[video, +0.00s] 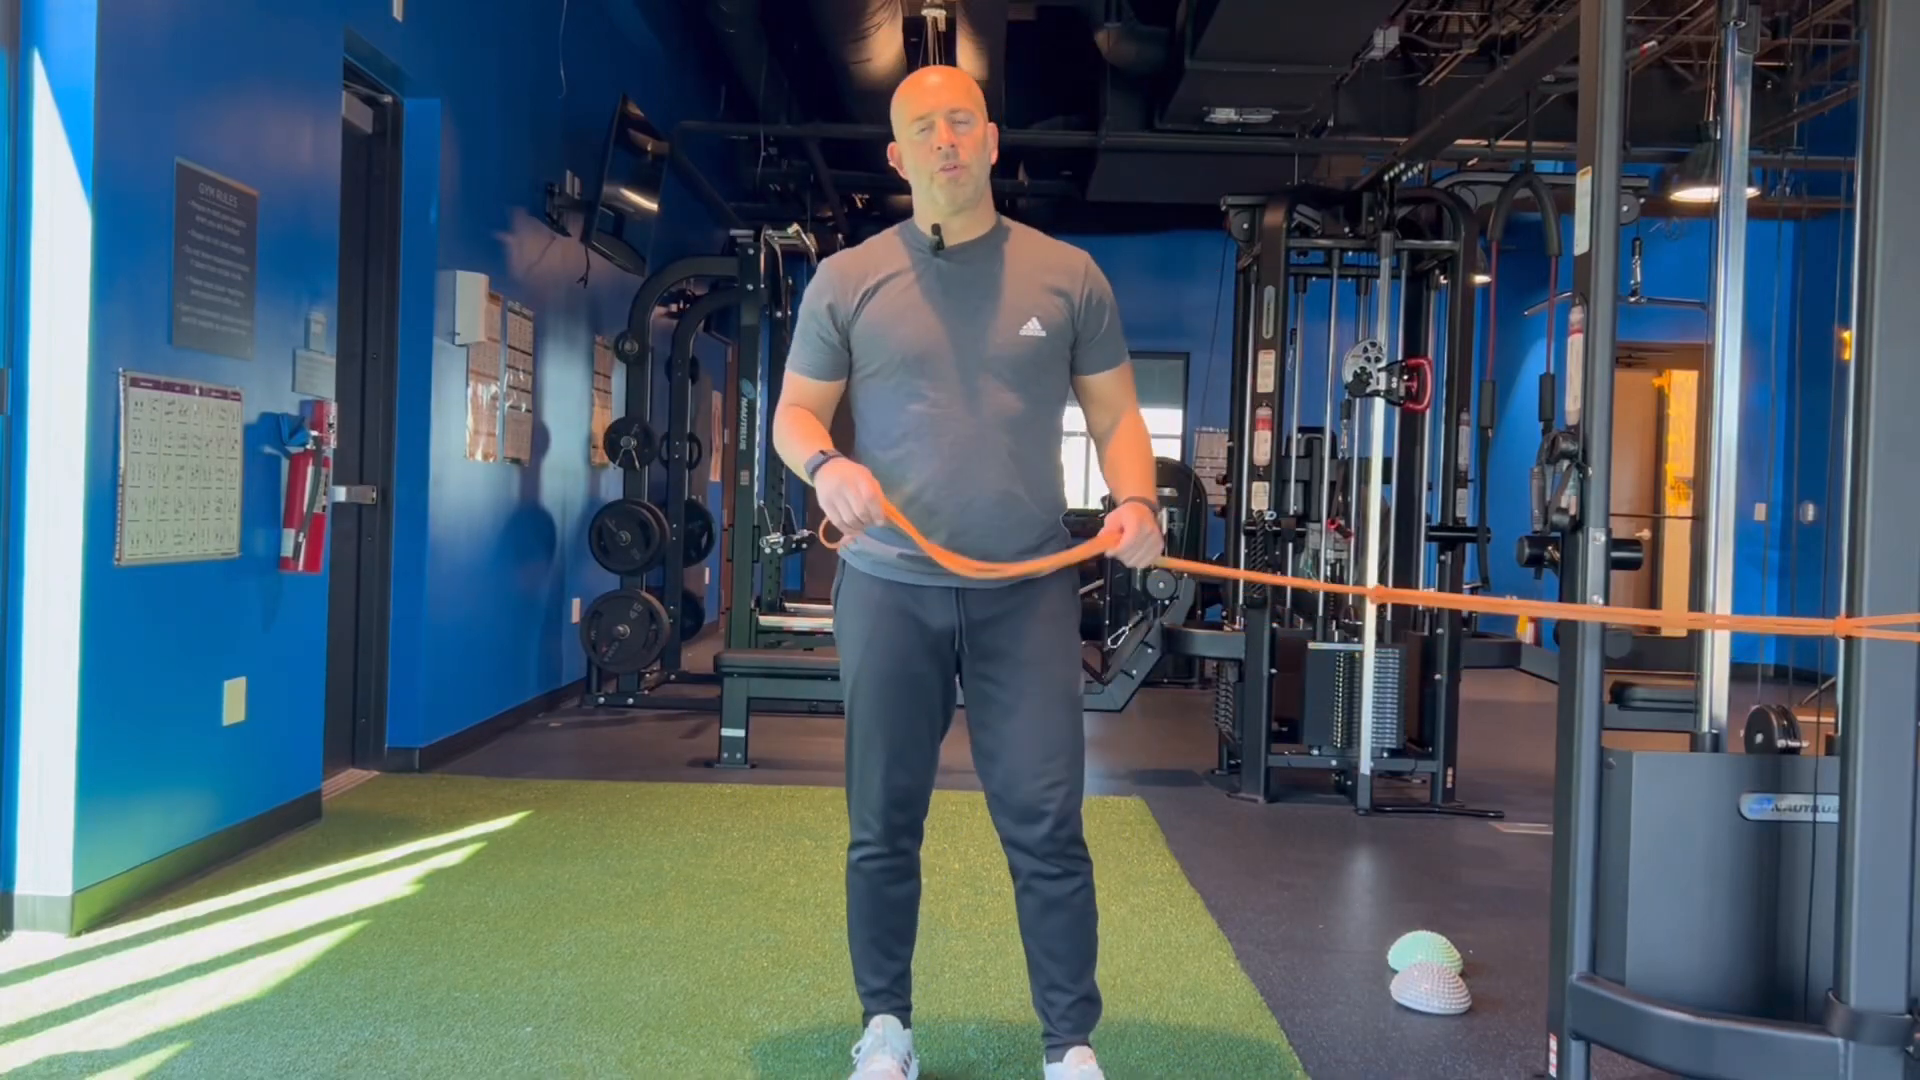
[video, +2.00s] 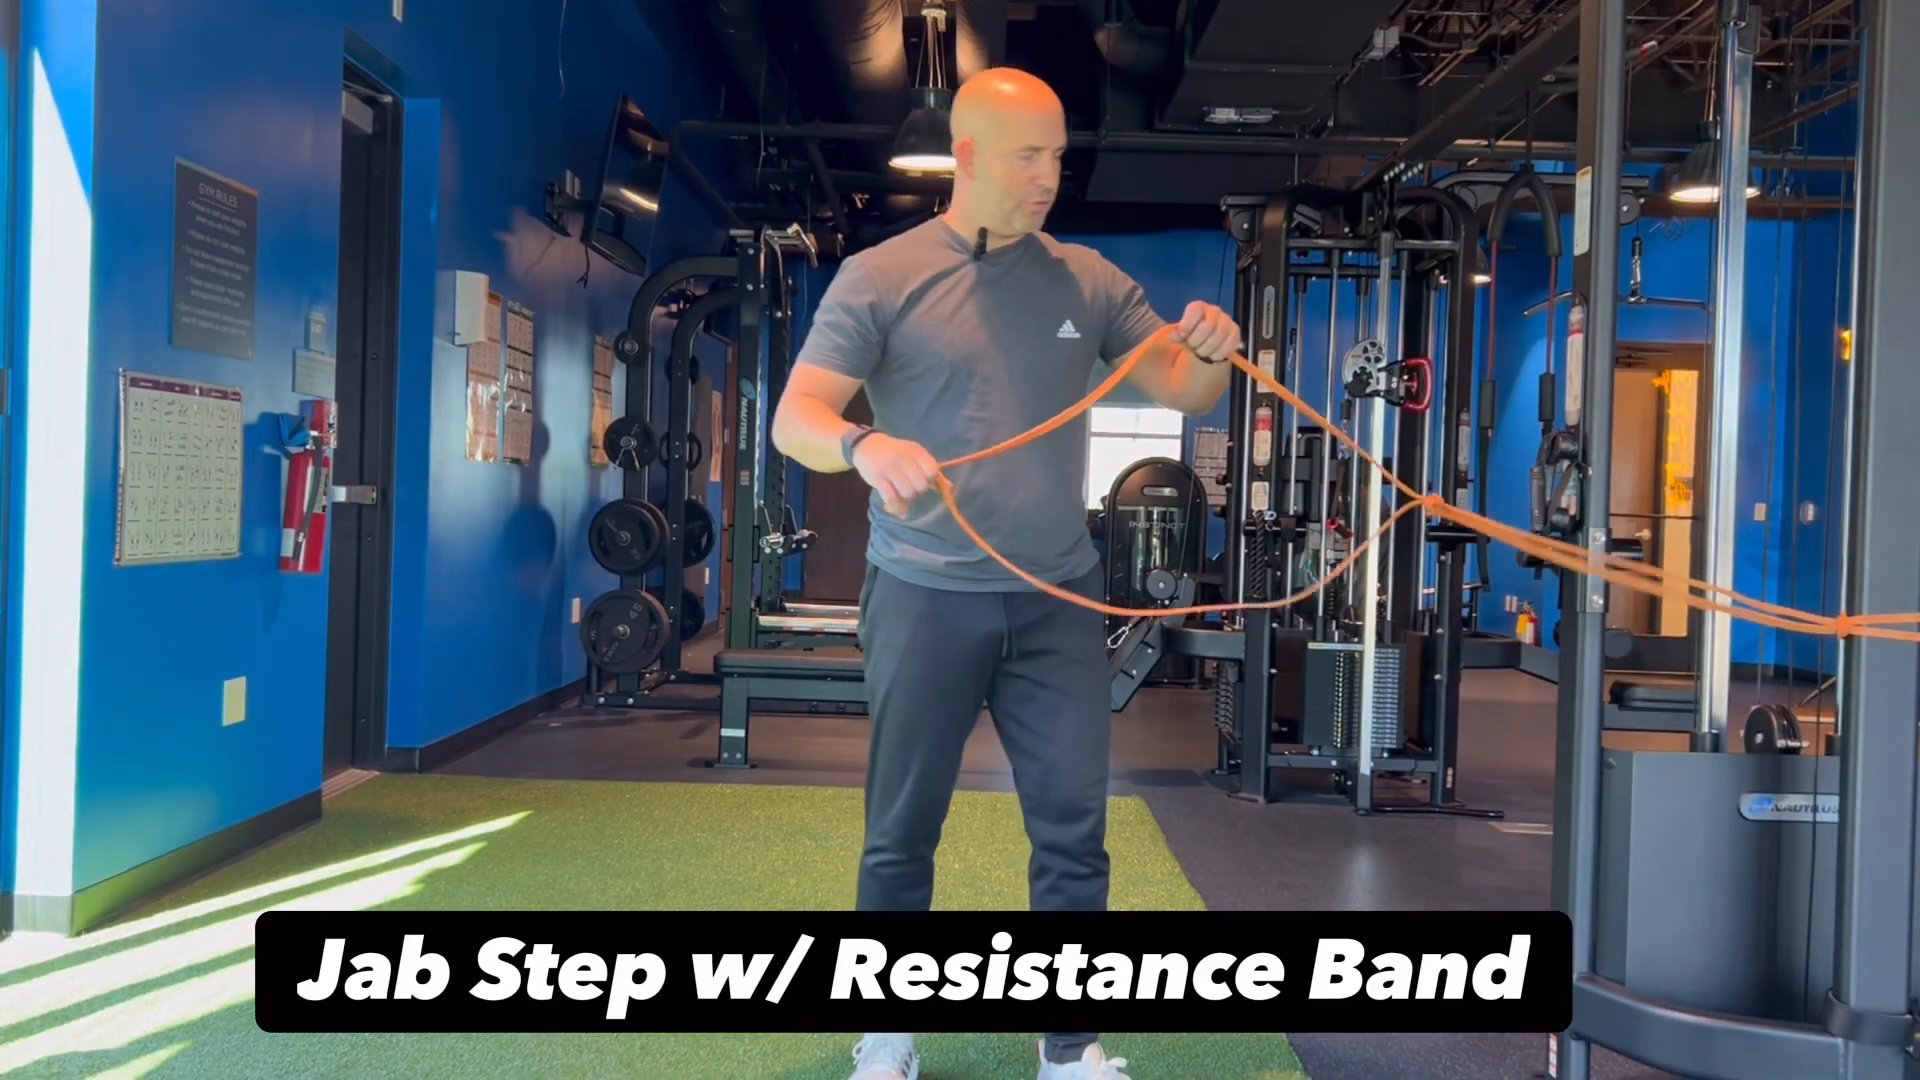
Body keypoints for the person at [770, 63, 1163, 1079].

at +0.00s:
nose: (949, 137)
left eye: (963, 120)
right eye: (926, 124)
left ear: (994, 141)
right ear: (896, 155)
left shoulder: (1068, 277)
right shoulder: (844, 283)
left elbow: (1116, 416)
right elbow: (796, 415)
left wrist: (1137, 500)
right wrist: (825, 464)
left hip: (1030, 592)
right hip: (889, 588)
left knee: (1045, 822)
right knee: (882, 824)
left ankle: (1070, 1041)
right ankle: (884, 1023)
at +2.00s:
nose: (1053, 177)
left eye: (1059, 158)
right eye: (1033, 157)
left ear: (1055, 161)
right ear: (968, 159)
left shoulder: (1088, 279)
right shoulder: (879, 277)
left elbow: (1189, 392)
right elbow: (796, 419)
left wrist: (1213, 350)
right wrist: (861, 446)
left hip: (1061, 593)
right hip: (926, 592)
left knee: (1074, 831)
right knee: (901, 836)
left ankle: (1071, 1044)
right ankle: (883, 1035)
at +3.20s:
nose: (1063, 118)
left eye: (1064, 103)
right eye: (1039, 101)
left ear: (1059, 126)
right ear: (971, 121)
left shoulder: (1074, 270)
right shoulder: (887, 258)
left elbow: (1119, 409)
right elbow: (837, 421)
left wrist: (1198, 481)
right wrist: (984, 435)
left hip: (1058, 581)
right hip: (932, 583)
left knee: (1113, 809)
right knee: (899, 832)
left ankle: (1093, 1038)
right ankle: (869, 1053)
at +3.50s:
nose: (1122, 118)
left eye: (1128, 104)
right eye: (1095, 101)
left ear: (1132, 134)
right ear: (1037, 127)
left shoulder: (1140, 277)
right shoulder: (981, 252)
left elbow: (1179, 412)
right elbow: (973, 422)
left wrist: (1231, 455)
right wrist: (1135, 471)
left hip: (1110, 592)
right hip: (997, 584)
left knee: (1109, 836)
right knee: (955, 831)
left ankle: (1089, 1051)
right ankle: (877, 1045)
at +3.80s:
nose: (1198, 127)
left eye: (1207, 111)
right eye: (1172, 109)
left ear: (1216, 137)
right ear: (1117, 132)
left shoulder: (1215, 282)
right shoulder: (1069, 248)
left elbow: (1229, 420)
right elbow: (1053, 417)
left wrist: (1268, 440)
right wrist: (1209, 475)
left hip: (1170, 578)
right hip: (1071, 563)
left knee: (1152, 822)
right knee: (1105, 810)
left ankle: (1089, 1048)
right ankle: (963, 1019)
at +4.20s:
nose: (1300, 153)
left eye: (1298, 132)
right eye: (1288, 130)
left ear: (1230, 140)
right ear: (1221, 135)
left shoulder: (1262, 284)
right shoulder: (1119, 251)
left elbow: (1272, 440)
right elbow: (1074, 420)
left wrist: (1286, 553)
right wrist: (1253, 448)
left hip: (1245, 589)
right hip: (1134, 588)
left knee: (1304, 815)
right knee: (1128, 851)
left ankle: (1178, 1011)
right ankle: (1089, 1057)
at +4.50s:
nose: (1389, 175)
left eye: (1389, 154)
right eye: (1374, 152)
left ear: (1316, 159)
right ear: (1304, 155)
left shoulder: (1366, 299)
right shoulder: (1177, 270)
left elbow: (1387, 429)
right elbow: (1090, 417)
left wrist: (1421, 451)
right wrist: (1224, 418)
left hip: (1327, 609)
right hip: (1199, 601)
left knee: (1339, 850)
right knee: (1167, 851)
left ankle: (1329, 1051)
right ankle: (1100, 1059)